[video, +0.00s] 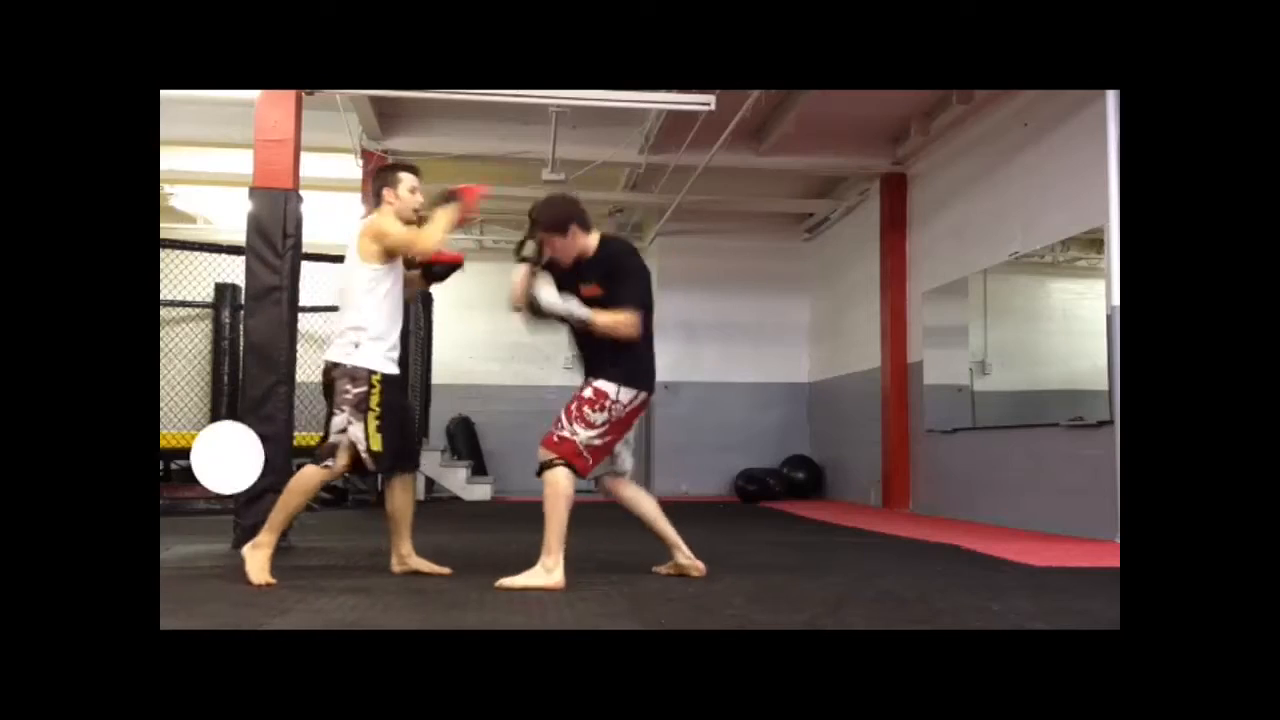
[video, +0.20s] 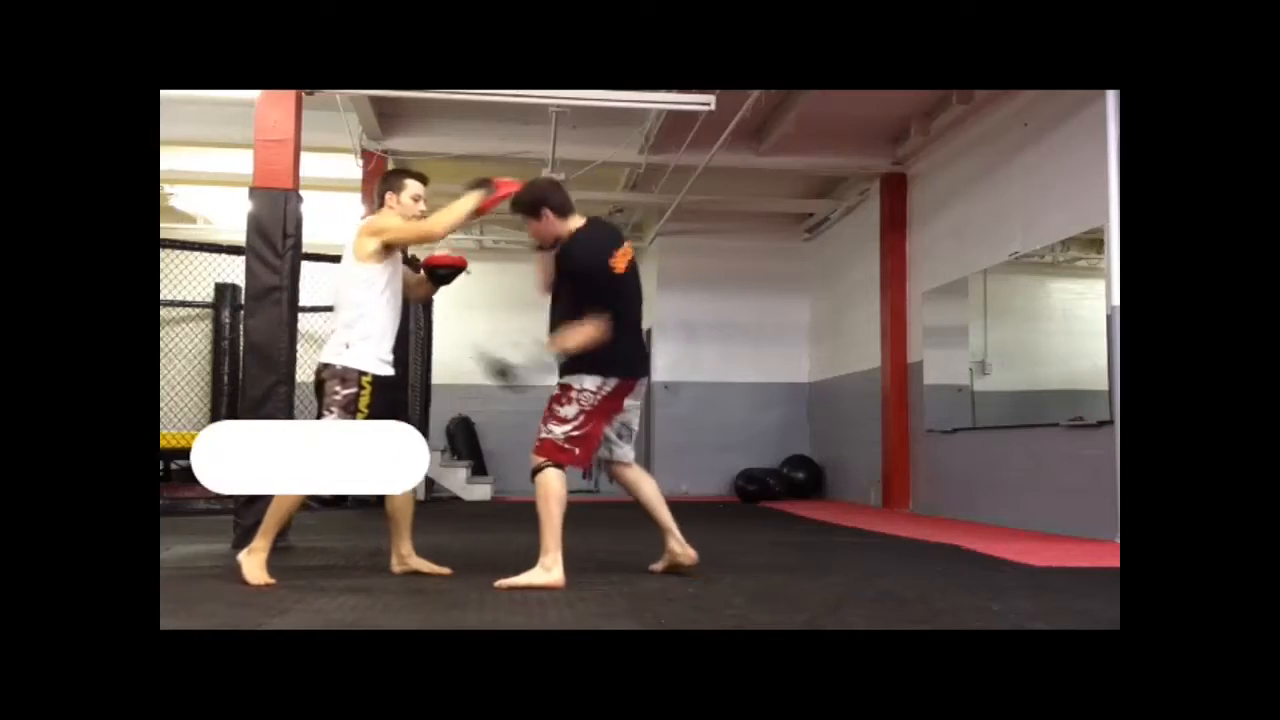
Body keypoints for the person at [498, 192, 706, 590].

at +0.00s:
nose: (546, 252)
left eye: (549, 242)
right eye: (542, 244)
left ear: (572, 230)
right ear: (566, 233)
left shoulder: (621, 257)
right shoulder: (564, 266)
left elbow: (631, 326)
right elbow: (525, 304)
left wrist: (569, 309)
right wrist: (529, 272)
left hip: (624, 379)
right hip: (603, 377)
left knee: (556, 456)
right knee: (614, 481)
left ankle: (550, 566)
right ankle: (684, 556)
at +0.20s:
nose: (530, 234)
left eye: (529, 224)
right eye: (527, 225)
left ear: (547, 215)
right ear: (557, 211)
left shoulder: (579, 251)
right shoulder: (603, 233)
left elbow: (601, 324)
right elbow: (551, 286)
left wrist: (559, 342)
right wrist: (547, 245)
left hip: (595, 368)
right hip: (627, 366)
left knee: (548, 457)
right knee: (619, 461)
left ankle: (549, 564)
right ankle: (677, 545)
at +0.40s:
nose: (541, 219)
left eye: (543, 210)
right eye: (540, 211)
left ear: (560, 204)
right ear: (580, 202)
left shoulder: (562, 235)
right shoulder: (624, 229)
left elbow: (514, 283)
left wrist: (500, 253)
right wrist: (534, 249)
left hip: (594, 365)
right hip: (640, 361)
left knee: (546, 453)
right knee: (642, 460)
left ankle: (544, 552)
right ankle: (679, 555)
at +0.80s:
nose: (530, 207)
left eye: (532, 197)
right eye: (528, 199)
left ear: (554, 192)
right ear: (567, 193)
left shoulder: (560, 220)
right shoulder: (604, 226)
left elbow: (551, 269)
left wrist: (496, 270)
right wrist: (518, 267)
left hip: (583, 357)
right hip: (616, 356)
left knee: (539, 450)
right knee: (622, 448)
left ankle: (531, 563)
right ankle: (678, 543)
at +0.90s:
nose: (520, 205)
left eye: (524, 195)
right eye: (519, 196)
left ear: (547, 190)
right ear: (547, 191)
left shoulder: (587, 224)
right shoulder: (547, 236)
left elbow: (602, 282)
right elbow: (508, 252)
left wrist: (549, 274)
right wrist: (470, 229)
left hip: (591, 363)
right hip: (589, 363)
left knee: (541, 454)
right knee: (615, 454)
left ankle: (532, 564)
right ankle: (681, 544)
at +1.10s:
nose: (531, 201)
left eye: (534, 192)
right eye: (530, 193)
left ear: (558, 187)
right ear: (562, 189)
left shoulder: (580, 226)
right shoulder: (584, 226)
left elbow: (554, 281)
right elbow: (555, 283)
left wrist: (519, 254)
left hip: (583, 360)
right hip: (603, 359)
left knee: (543, 454)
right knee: (589, 451)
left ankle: (531, 562)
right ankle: (628, 547)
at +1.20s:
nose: (560, 199)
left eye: (564, 191)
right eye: (561, 192)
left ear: (585, 189)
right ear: (600, 192)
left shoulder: (578, 218)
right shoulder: (632, 233)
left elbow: (514, 235)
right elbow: (601, 268)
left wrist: (468, 231)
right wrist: (554, 260)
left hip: (571, 355)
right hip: (618, 361)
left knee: (502, 425)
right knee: (600, 448)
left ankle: (501, 520)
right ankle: (610, 552)